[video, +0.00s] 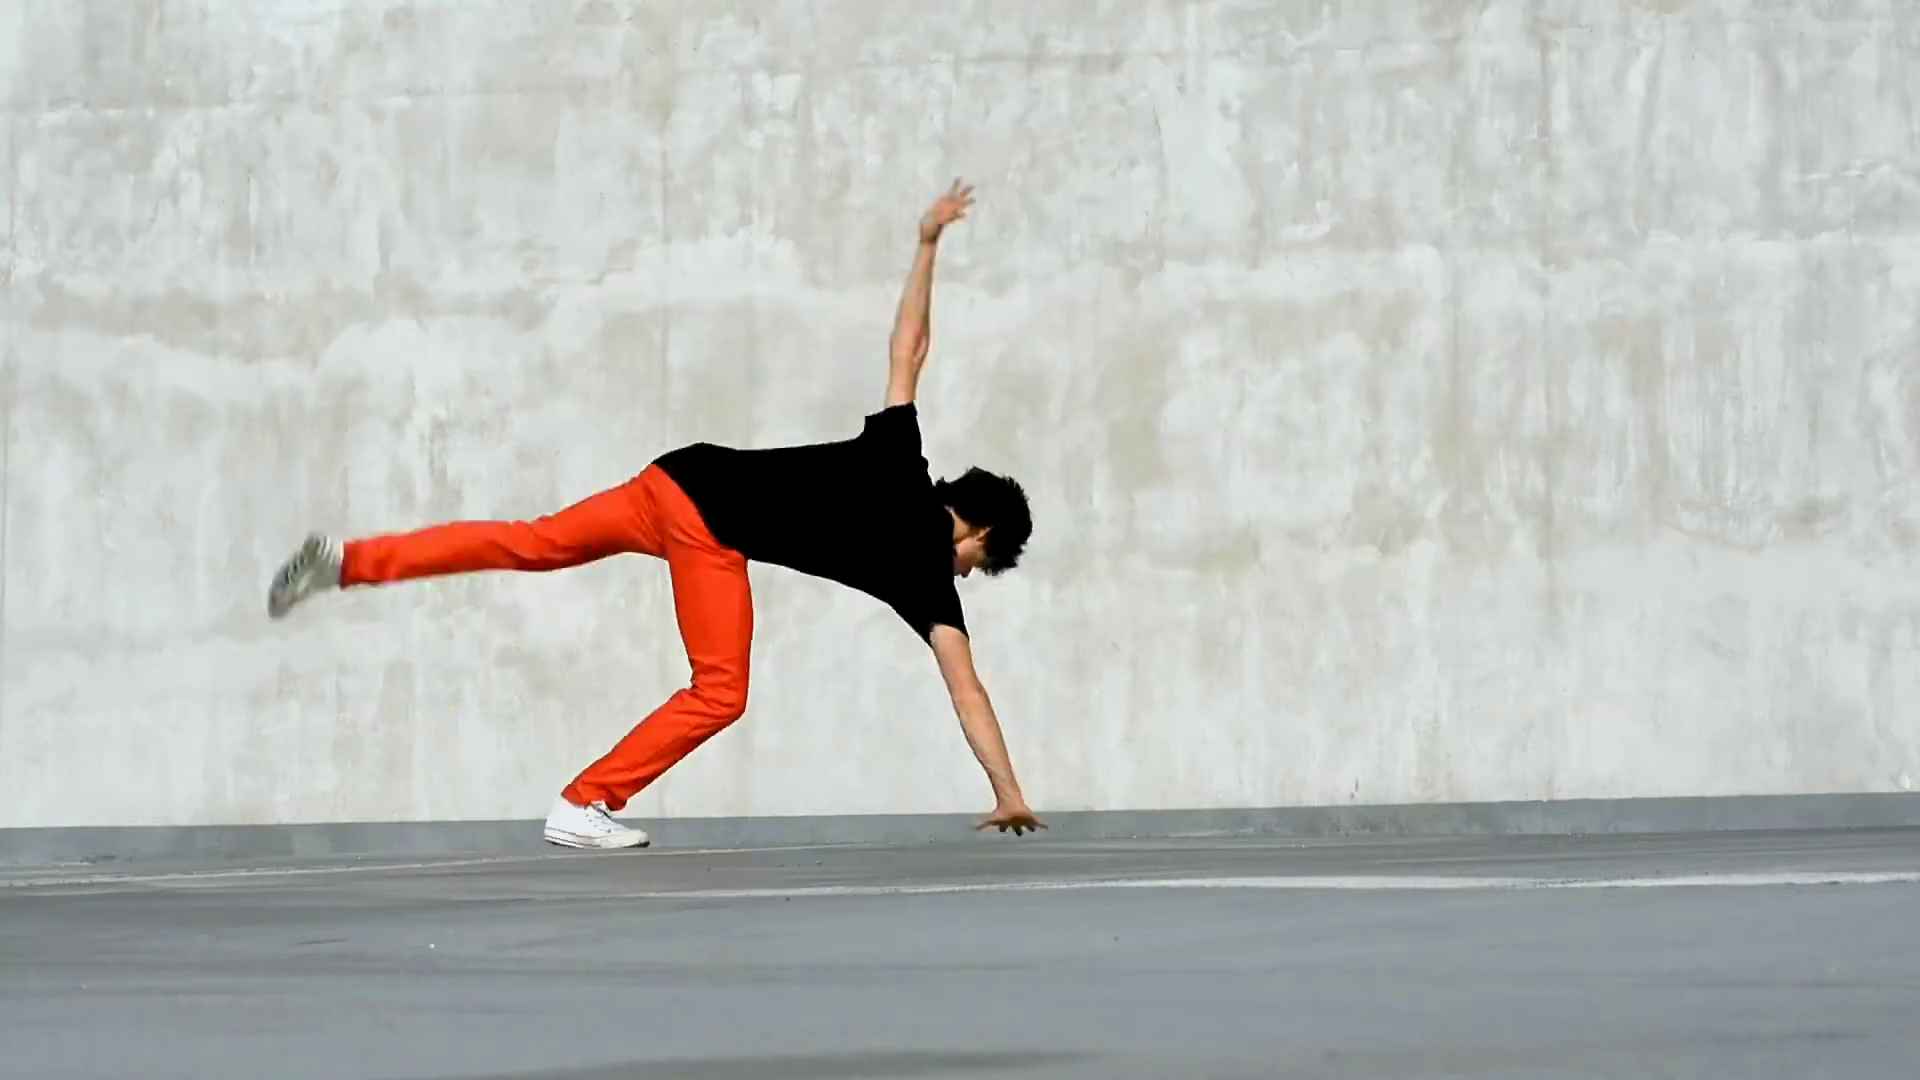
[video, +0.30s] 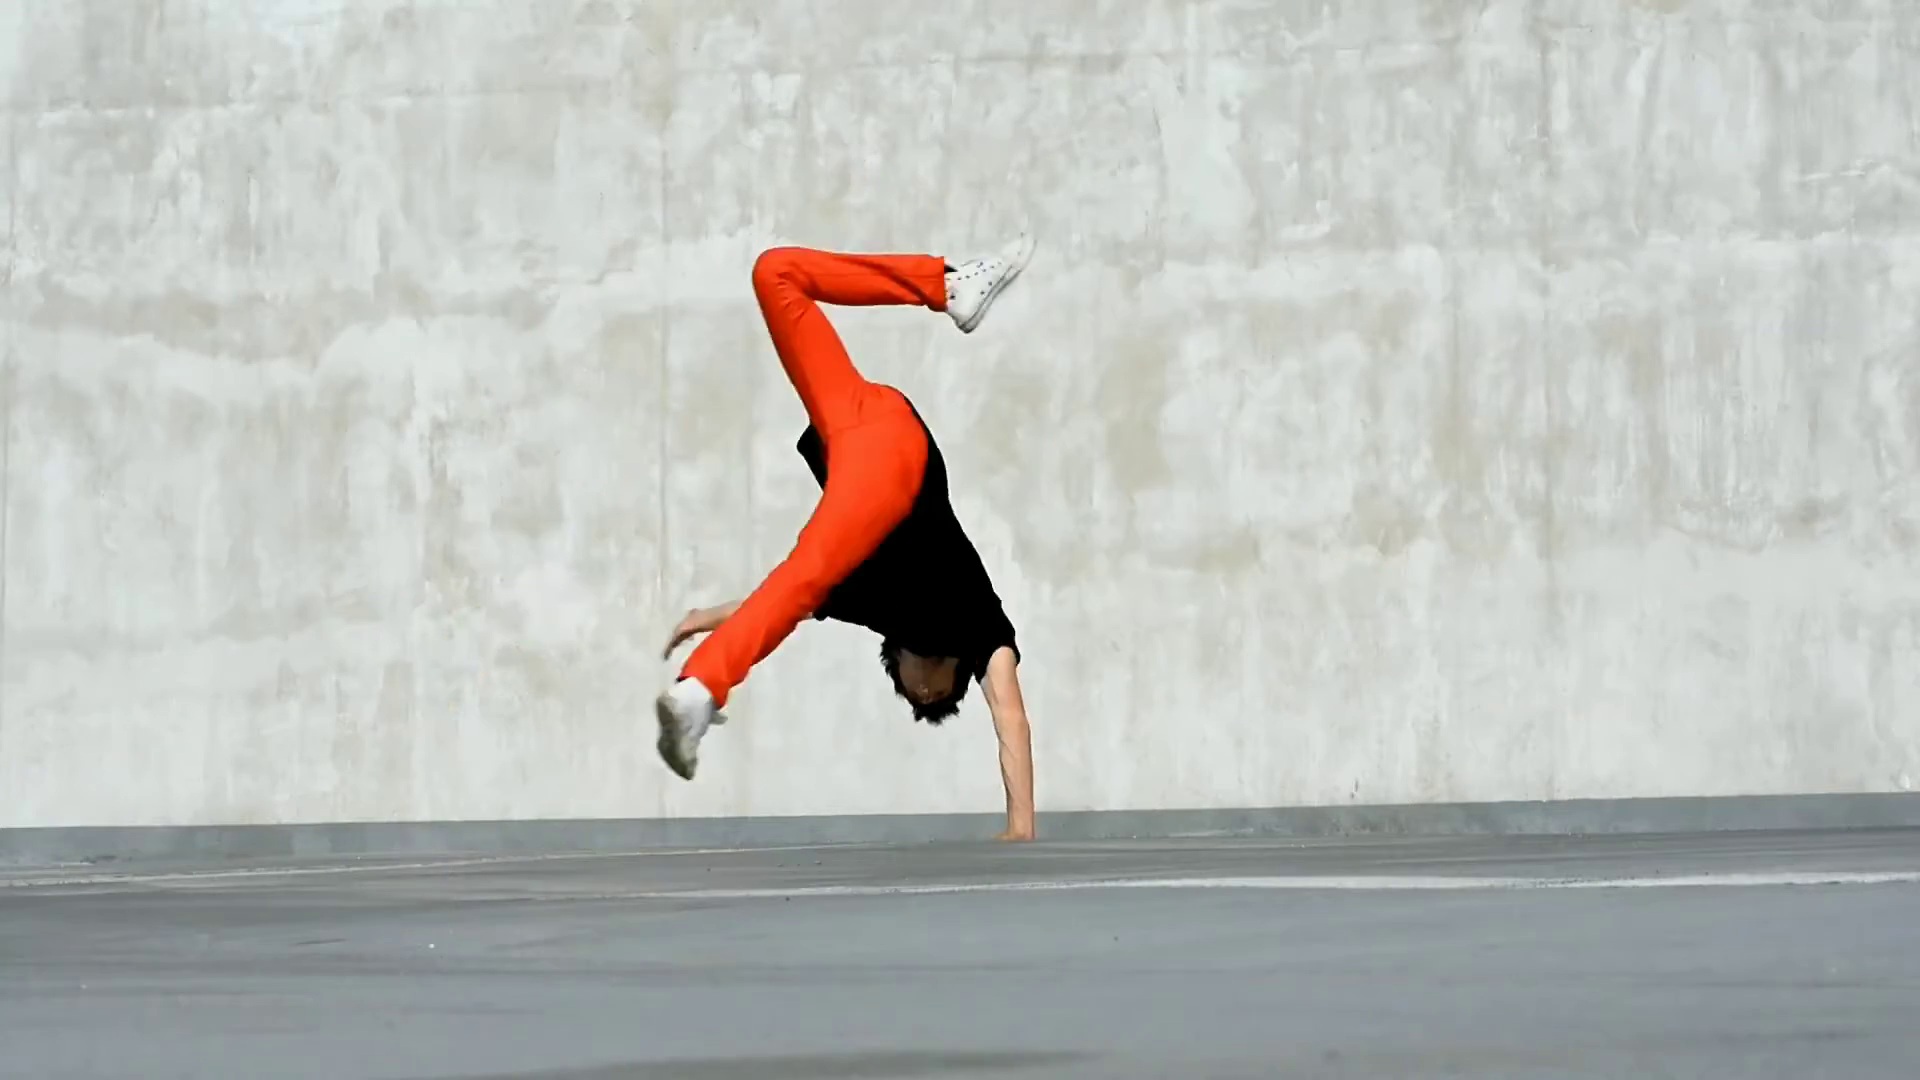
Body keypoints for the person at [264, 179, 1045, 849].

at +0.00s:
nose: (970, 573)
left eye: (982, 563)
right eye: (979, 562)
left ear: (956, 501)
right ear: (968, 537)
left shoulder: (899, 447)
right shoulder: (926, 581)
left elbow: (911, 347)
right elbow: (968, 692)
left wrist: (927, 238)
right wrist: (1012, 796)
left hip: (676, 478)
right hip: (709, 529)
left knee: (527, 542)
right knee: (720, 693)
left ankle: (344, 564)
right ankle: (586, 805)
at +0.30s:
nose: (922, 699)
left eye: (917, 702)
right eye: (932, 703)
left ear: (899, 665)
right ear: (953, 676)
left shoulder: (859, 601)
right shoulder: (984, 628)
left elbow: (794, 587)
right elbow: (1010, 720)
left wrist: (711, 619)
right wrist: (1022, 827)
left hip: (847, 408)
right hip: (896, 440)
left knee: (777, 271)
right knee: (802, 575)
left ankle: (947, 285)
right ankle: (699, 692)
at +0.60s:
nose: (880, 711)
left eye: (867, 710)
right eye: (868, 714)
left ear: (846, 669)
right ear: (887, 671)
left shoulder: (855, 622)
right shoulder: (970, 635)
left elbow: (881, 695)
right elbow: (1008, 731)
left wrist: (906, 805)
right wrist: (1022, 836)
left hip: (925, 407)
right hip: (991, 420)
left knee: (866, 270)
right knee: (1150, 463)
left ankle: (822, 103)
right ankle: (1335, 508)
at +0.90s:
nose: (888, 673)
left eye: (879, 671)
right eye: (875, 675)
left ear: (875, 647)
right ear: (854, 629)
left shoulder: (940, 609)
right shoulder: (869, 573)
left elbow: (951, 712)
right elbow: (873, 638)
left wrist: (935, 823)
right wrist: (865, 696)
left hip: (1043, 403)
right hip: (975, 372)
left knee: (1138, 540)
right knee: (957, 301)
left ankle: (1270, 634)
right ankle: (980, 223)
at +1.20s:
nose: (925, 541)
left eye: (907, 541)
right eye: (921, 560)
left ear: (891, 524)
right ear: (923, 574)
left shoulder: (875, 469)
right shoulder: (1002, 559)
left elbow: (756, 471)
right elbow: (1021, 680)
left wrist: (657, 530)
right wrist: (1012, 798)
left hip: (1024, 334)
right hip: (1090, 378)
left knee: (995, 180)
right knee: (1222, 278)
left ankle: (1117, 257)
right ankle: (1360, 158)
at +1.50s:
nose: (1051, 672)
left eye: (1060, 664)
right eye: (1037, 671)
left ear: (1079, 645)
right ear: (1029, 642)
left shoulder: (1137, 581)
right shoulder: (1007, 611)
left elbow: (1219, 652)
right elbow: (1006, 711)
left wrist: (1275, 766)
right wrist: (1011, 818)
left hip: (1097, 364)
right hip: (1020, 388)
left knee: (1212, 207)